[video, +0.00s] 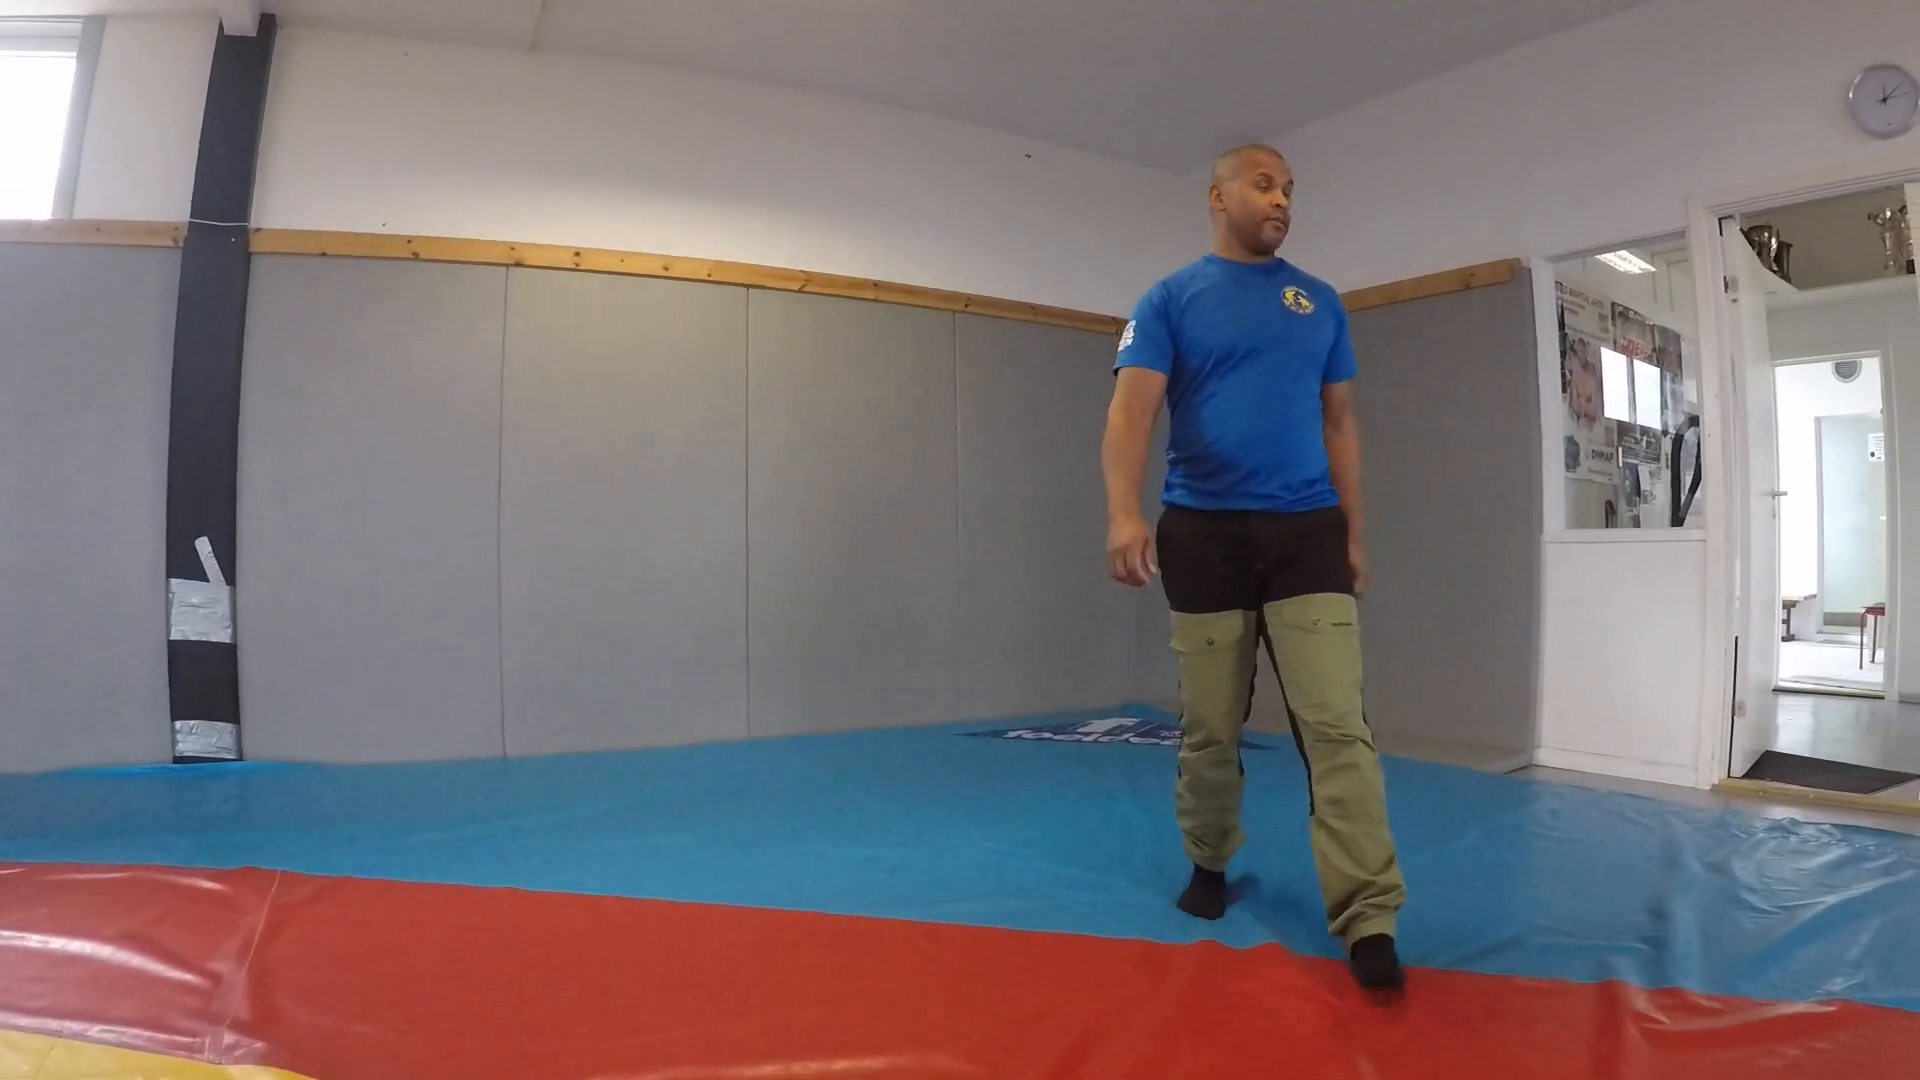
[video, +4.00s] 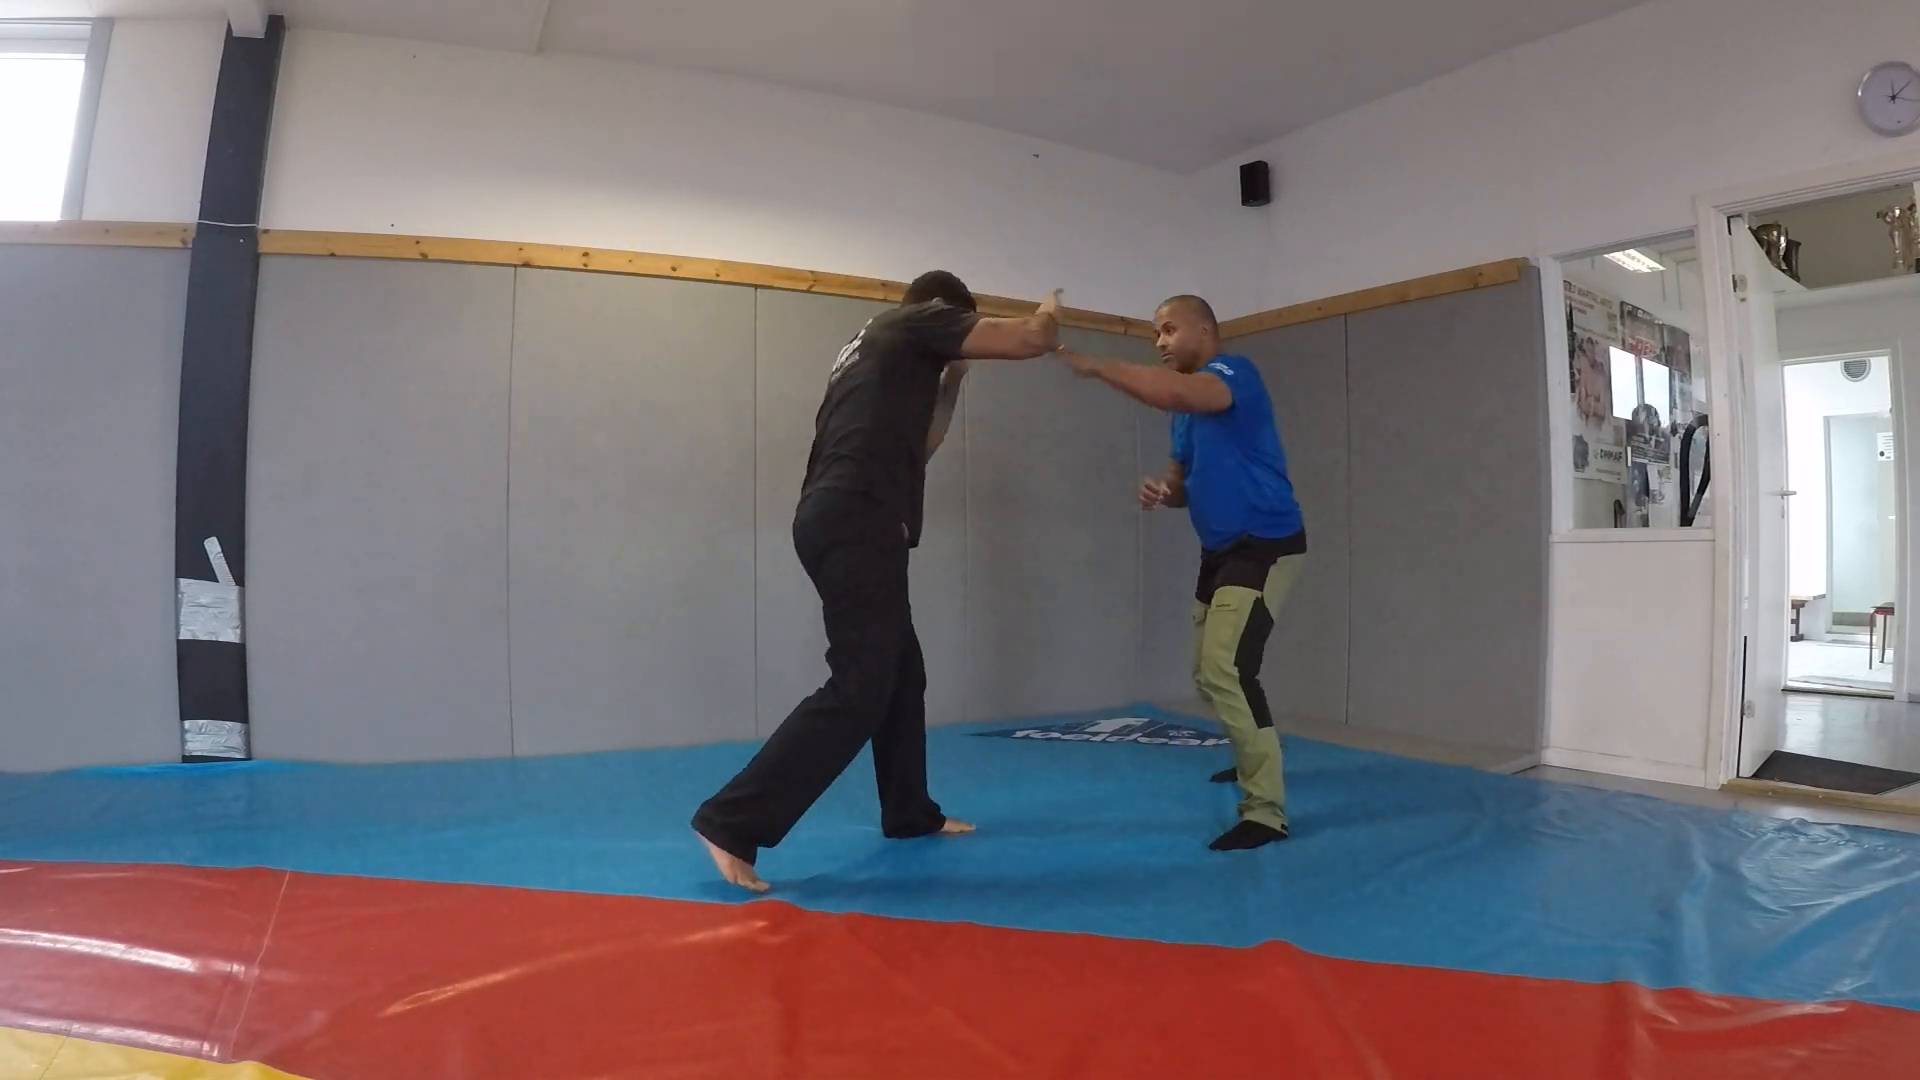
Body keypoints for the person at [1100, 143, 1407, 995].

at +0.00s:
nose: (1279, 200)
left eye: (1286, 191)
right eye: (1263, 185)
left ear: (1291, 209)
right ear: (1216, 197)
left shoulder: (1319, 302)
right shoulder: (1172, 299)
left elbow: (1339, 422)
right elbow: (1131, 409)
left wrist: (1351, 534)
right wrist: (1123, 513)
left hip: (1308, 531)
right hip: (1203, 533)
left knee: (1337, 724)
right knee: (1211, 725)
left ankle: (1368, 917)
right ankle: (1207, 860)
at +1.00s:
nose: (1241, 259)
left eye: (1254, 250)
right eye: (1231, 251)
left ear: (1279, 267)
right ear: (1220, 268)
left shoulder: (1313, 344)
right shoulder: (1191, 344)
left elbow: (1333, 445)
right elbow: (1167, 439)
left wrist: (1330, 535)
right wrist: (1155, 524)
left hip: (1282, 531)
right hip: (1200, 528)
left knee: (1278, 684)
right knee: (1182, 666)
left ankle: (1273, 809)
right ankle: (1178, 784)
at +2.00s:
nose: (1126, 307)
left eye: (1136, 296)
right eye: (1120, 301)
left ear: (1167, 302)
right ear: (1120, 315)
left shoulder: (1198, 355)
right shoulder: (1121, 384)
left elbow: (1234, 430)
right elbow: (1114, 470)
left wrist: (1174, 477)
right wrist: (1095, 542)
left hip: (1196, 528)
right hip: (1138, 535)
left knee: (1214, 663)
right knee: (1154, 665)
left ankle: (1252, 786)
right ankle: (1168, 773)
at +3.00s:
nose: (1119, 316)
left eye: (1128, 303)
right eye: (1114, 310)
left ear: (1164, 306)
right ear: (1119, 323)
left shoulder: (1195, 359)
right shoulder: (1140, 381)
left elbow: (1211, 437)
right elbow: (1150, 474)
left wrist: (1132, 405)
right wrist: (1104, 485)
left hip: (1207, 530)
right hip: (1157, 533)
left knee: (1185, 656)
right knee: (1145, 667)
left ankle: (1240, 799)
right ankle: (1167, 774)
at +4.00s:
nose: (1161, 341)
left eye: (1170, 329)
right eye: (1157, 335)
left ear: (1208, 330)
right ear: (1166, 343)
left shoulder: (1235, 373)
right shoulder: (1181, 397)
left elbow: (1175, 393)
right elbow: (1185, 485)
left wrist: (1096, 367)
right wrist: (1163, 491)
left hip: (1265, 545)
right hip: (1222, 548)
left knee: (1224, 673)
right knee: (1211, 671)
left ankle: (1267, 813)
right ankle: (1254, 758)